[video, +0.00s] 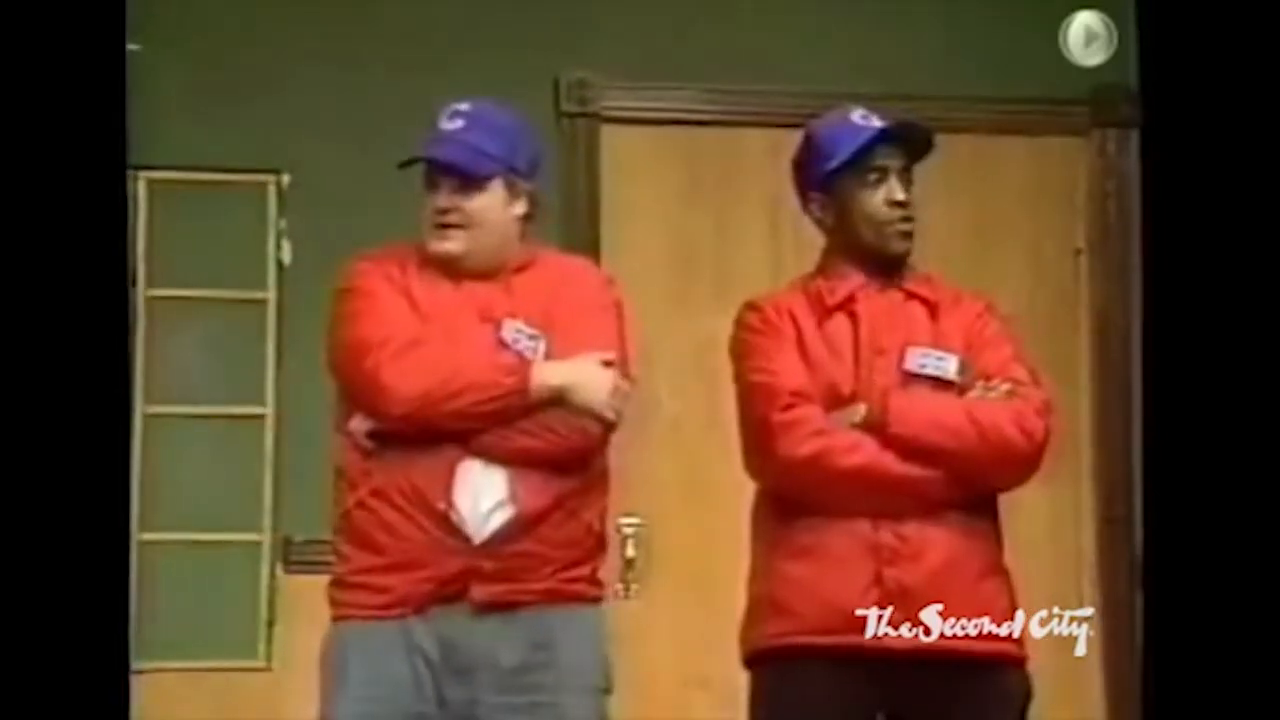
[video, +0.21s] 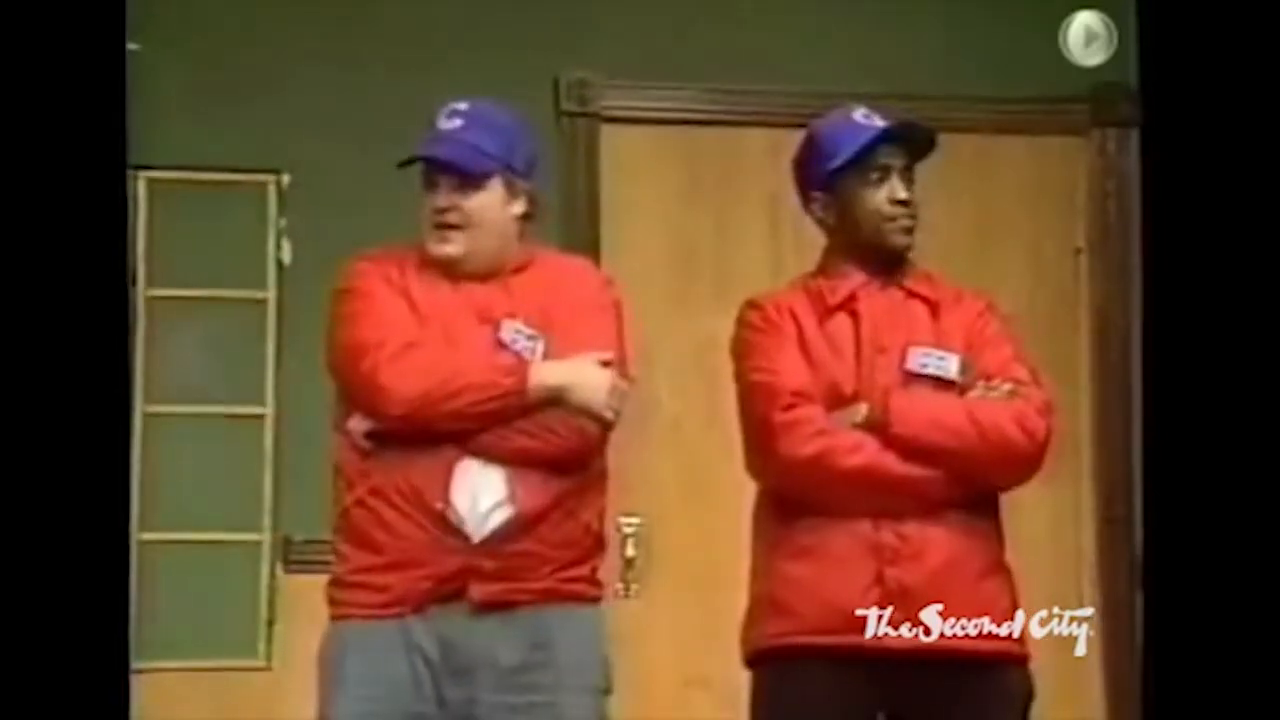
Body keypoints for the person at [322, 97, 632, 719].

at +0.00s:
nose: (442, 203)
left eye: (467, 186)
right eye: (434, 184)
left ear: (521, 201)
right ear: (422, 193)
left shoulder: (578, 286)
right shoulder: (377, 278)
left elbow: (578, 429)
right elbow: (394, 389)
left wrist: (410, 422)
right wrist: (550, 378)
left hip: (542, 615)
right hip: (386, 618)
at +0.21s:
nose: (442, 203)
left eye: (466, 185)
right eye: (432, 184)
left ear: (520, 201)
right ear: (419, 193)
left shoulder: (577, 286)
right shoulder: (376, 278)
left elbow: (575, 431)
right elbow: (391, 389)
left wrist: (405, 423)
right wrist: (547, 378)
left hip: (540, 615)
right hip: (384, 618)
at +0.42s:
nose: (446, 199)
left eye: (469, 182)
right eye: (435, 181)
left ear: (520, 199)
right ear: (420, 194)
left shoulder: (578, 286)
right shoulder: (376, 278)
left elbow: (574, 428)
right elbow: (390, 387)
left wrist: (405, 418)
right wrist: (547, 375)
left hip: (542, 612)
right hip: (385, 615)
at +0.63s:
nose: (447, 197)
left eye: (471, 180)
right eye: (435, 180)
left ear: (520, 197)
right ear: (420, 193)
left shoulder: (578, 286)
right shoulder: (376, 278)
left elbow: (575, 426)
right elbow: (390, 386)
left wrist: (404, 418)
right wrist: (546, 373)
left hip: (543, 611)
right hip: (386, 613)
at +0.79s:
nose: (449, 194)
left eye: (473, 178)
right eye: (437, 178)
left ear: (522, 193)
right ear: (421, 191)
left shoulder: (578, 284)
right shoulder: (376, 278)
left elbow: (576, 425)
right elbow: (390, 386)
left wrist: (404, 418)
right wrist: (546, 373)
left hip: (545, 611)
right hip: (387, 613)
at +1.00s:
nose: (452, 194)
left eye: (475, 177)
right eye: (440, 177)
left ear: (523, 193)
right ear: (424, 190)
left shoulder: (580, 283)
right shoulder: (377, 276)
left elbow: (576, 426)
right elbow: (391, 386)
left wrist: (404, 419)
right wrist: (549, 372)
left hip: (547, 609)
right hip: (388, 612)